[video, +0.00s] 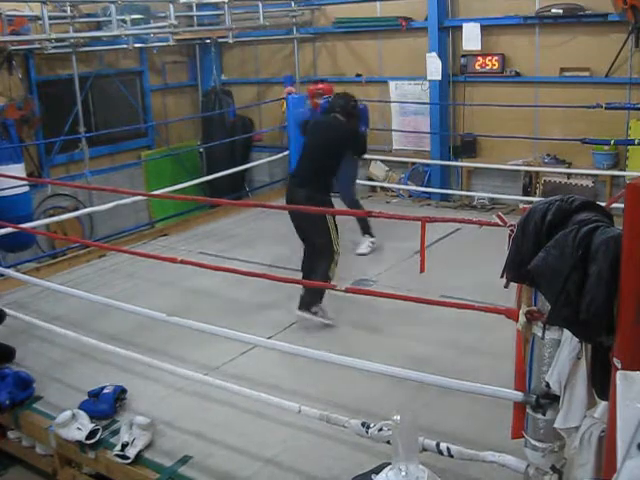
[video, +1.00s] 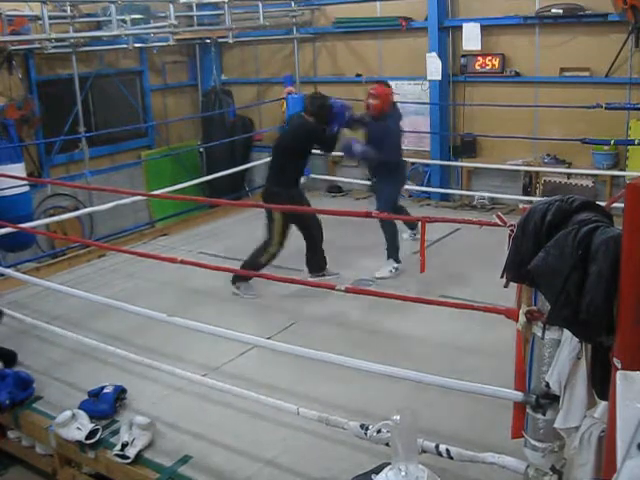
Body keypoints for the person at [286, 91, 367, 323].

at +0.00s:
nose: (355, 117)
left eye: (354, 112)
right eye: (354, 113)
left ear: (332, 108)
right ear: (349, 113)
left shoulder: (315, 123)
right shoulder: (347, 131)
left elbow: (303, 126)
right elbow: (360, 150)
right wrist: (357, 128)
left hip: (295, 192)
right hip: (316, 196)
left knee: (312, 246)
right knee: (328, 250)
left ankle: (308, 299)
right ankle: (312, 303)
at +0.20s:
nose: (351, 117)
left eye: (350, 114)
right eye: (349, 113)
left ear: (325, 108)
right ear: (341, 112)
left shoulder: (313, 124)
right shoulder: (336, 128)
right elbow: (364, 148)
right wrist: (363, 137)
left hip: (293, 191)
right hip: (312, 194)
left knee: (315, 244)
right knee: (325, 250)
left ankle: (308, 296)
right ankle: (307, 304)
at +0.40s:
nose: (343, 113)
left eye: (342, 109)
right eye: (341, 109)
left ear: (318, 108)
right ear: (337, 110)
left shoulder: (306, 125)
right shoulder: (331, 128)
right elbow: (359, 146)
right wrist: (367, 131)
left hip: (294, 194)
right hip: (311, 197)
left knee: (319, 242)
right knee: (327, 251)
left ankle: (316, 279)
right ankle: (307, 305)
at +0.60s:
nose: (343, 113)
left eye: (342, 109)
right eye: (342, 109)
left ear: (319, 105)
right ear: (337, 109)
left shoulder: (309, 120)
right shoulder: (328, 124)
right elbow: (348, 142)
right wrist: (347, 123)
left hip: (297, 186)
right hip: (304, 190)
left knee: (324, 230)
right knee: (316, 241)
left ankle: (320, 269)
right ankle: (304, 301)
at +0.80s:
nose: (338, 112)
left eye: (339, 108)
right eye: (337, 108)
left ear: (318, 103)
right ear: (329, 107)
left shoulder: (307, 117)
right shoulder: (319, 122)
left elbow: (335, 141)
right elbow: (338, 143)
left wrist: (342, 124)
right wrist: (345, 124)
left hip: (302, 183)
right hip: (293, 185)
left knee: (321, 227)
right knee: (312, 235)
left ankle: (318, 270)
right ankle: (271, 272)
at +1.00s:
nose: (329, 115)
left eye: (328, 112)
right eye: (327, 112)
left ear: (309, 110)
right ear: (319, 113)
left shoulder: (302, 123)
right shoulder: (305, 128)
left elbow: (325, 144)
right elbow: (328, 146)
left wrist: (337, 123)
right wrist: (336, 125)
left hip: (292, 192)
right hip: (277, 193)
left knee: (313, 229)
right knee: (275, 243)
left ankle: (317, 270)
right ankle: (241, 279)